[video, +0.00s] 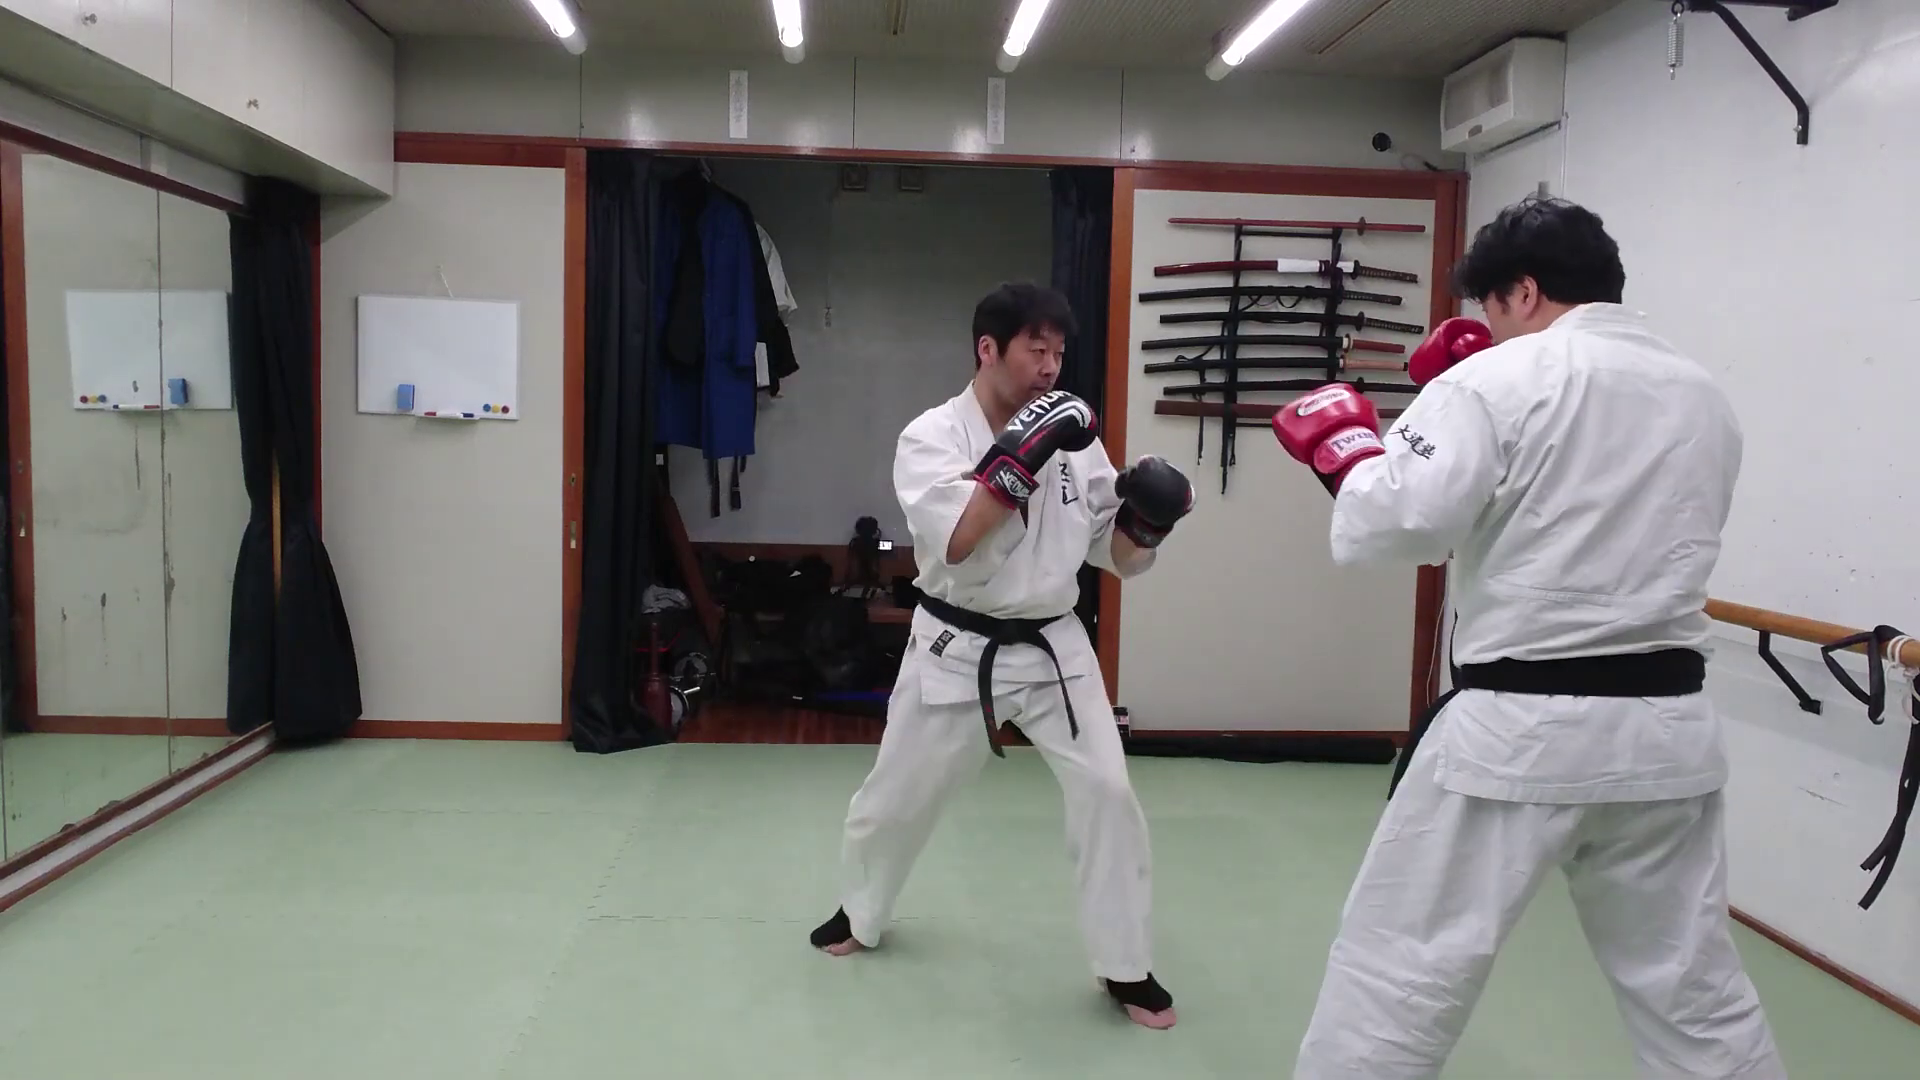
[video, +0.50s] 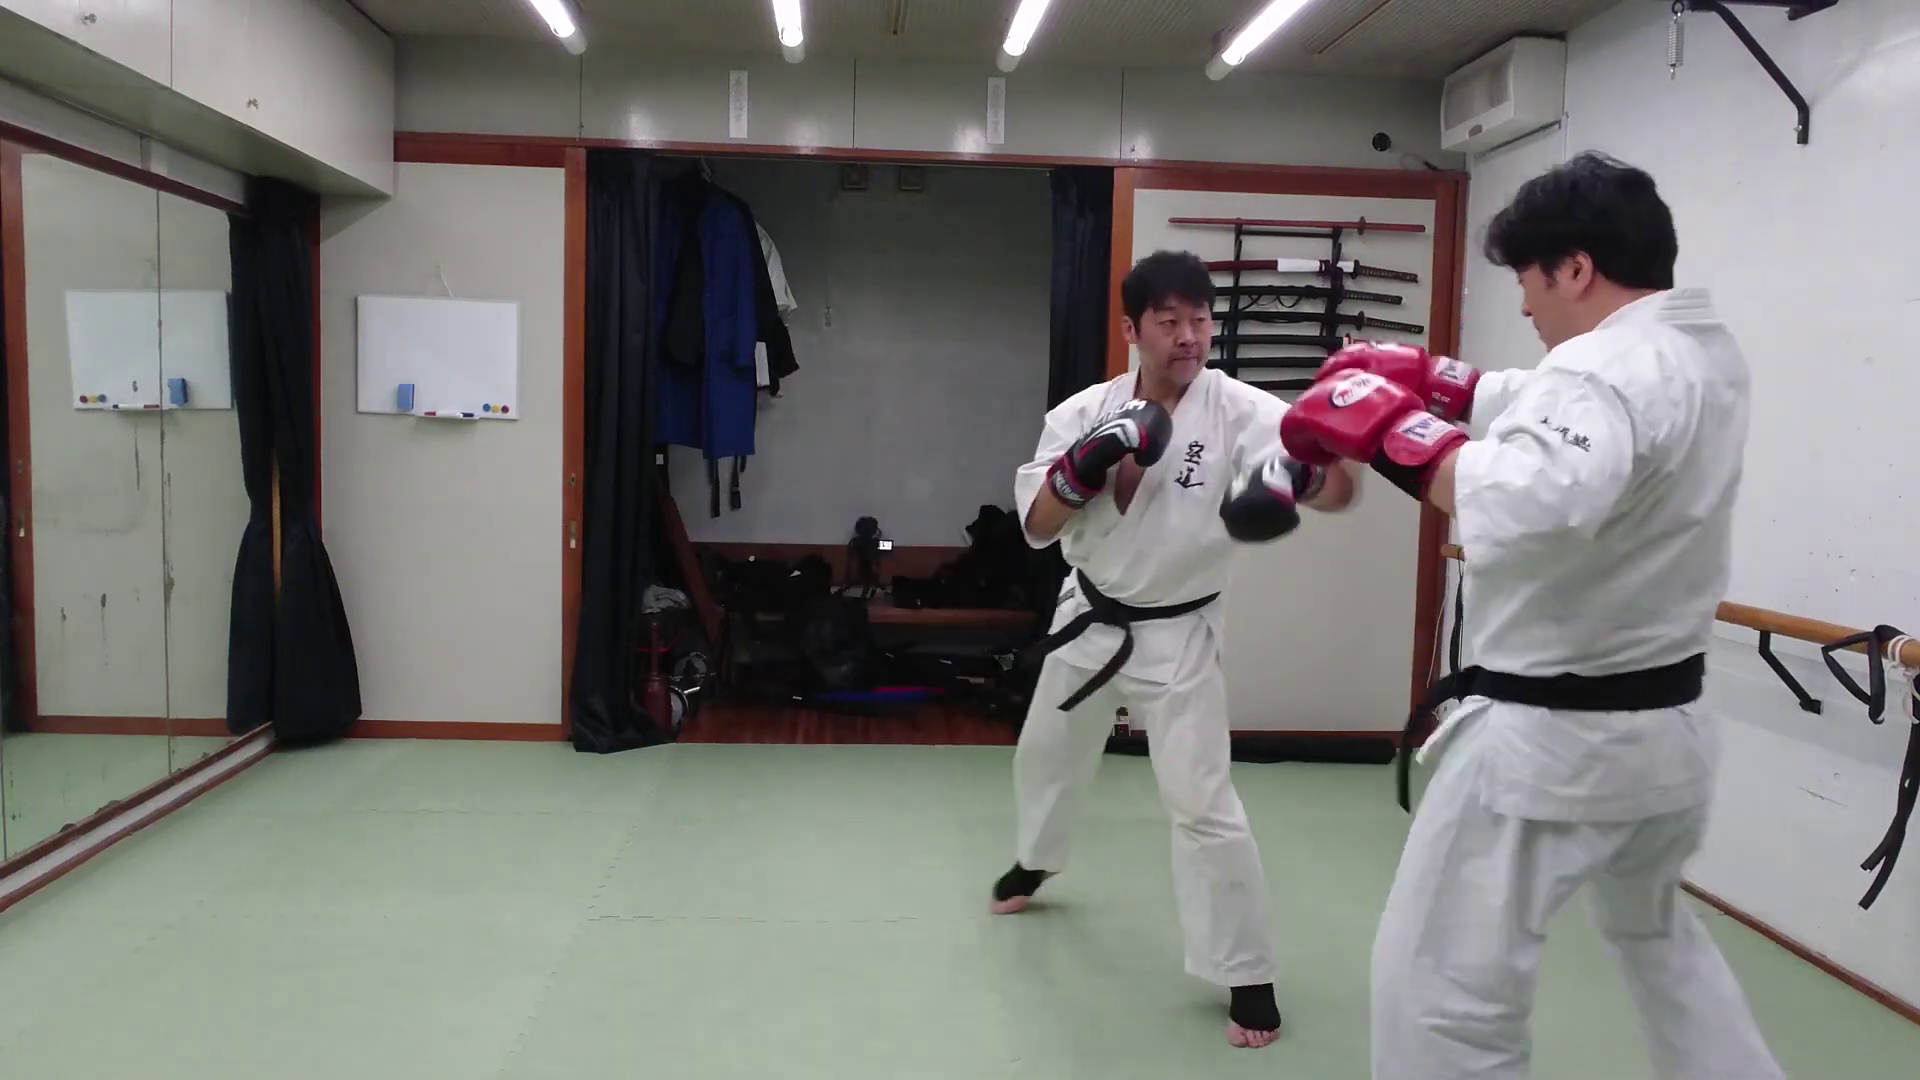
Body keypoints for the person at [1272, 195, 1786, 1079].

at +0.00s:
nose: (1488, 331)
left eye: (1489, 308)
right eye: (1483, 312)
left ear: (1528, 291)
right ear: (1606, 286)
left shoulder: (1494, 386)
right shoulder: (1706, 397)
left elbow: (1394, 516)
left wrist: (1350, 449)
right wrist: (1485, 383)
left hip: (1516, 731)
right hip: (1671, 730)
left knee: (1393, 988)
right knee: (1698, 998)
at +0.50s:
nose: (1523, 306)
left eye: (1525, 281)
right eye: (1520, 283)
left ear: (1578, 269)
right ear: (1615, 262)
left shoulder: (1601, 376)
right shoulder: (1706, 351)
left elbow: (1526, 501)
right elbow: (1560, 396)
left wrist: (1398, 434)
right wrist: (1445, 381)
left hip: (1544, 744)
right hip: (1667, 729)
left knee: (1442, 997)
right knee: (1654, 928)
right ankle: (1742, 1076)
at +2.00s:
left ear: (1111, 268)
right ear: (1244, 255)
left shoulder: (1033, 384)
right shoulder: (1326, 379)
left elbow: (920, 590)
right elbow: (1397, 567)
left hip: (1031, 813)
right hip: (1199, 830)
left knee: (1049, 1048)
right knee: (1142, 1064)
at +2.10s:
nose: (1231, 258)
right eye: (1230, 242)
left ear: (1077, 250)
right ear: (1215, 250)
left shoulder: (975, 369)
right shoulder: (1270, 383)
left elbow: (865, 580)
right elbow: (1311, 602)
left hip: (961, 790)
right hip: (1130, 820)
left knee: (968, 1042)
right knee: (1100, 1064)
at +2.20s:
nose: (1175, 244)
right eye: (1175, 224)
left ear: (1023, 220)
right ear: (1155, 230)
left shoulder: (922, 334)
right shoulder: (1205, 349)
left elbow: (825, 514)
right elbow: (1252, 570)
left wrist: (946, 519)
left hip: (902, 757)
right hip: (1065, 793)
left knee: (893, 983)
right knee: (1079, 1059)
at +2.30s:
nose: (1101, 263)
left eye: (1097, 242)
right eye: (1099, 241)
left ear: (964, 236)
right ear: (1076, 249)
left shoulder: (864, 354)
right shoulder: (1111, 366)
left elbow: (804, 502)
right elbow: (1199, 552)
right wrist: (1205, 424)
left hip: (840, 772)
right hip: (988, 811)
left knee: (804, 1021)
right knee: (1053, 1059)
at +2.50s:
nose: (974, 296)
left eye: (977, 273)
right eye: (976, 271)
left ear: (848, 248)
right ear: (950, 262)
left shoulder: (746, 361)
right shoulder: (947, 367)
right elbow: (1032, 561)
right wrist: (1052, 432)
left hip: (684, 750)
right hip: (814, 772)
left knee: (722, 1050)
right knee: (887, 1057)